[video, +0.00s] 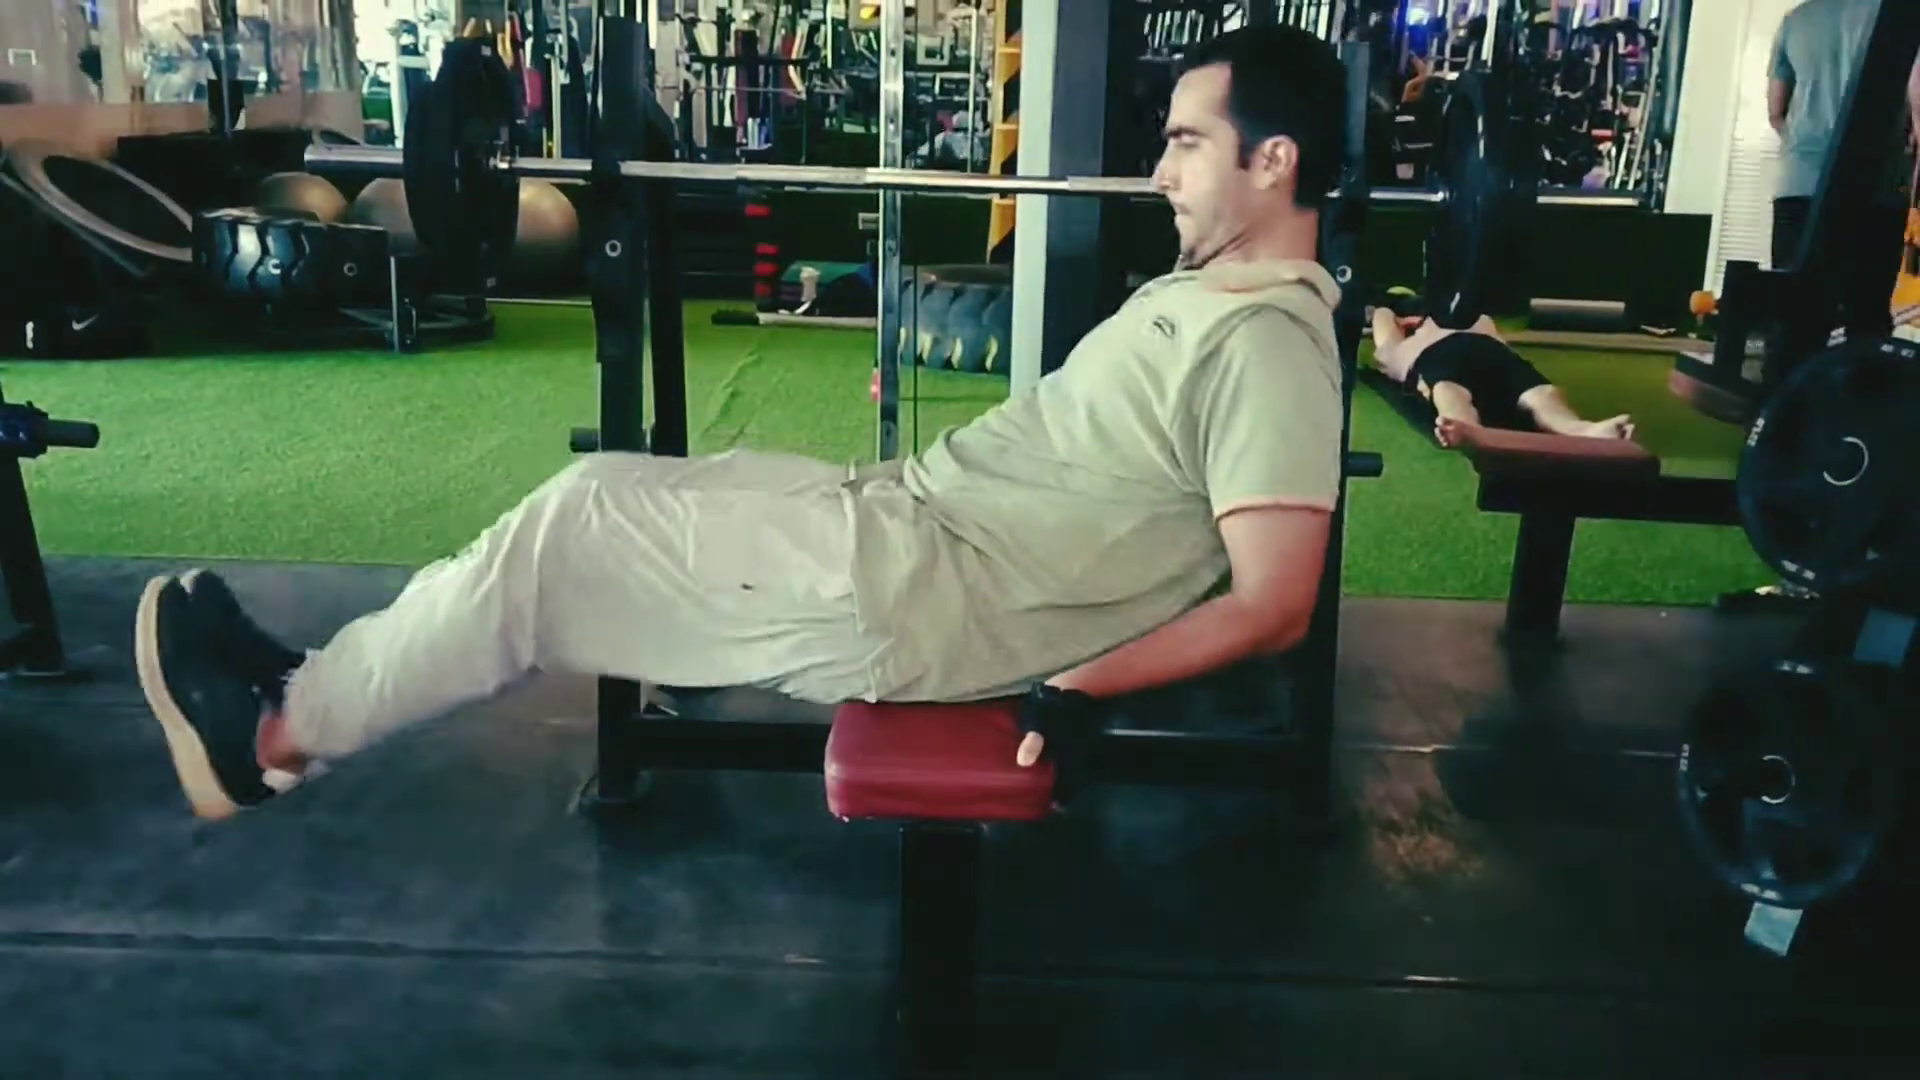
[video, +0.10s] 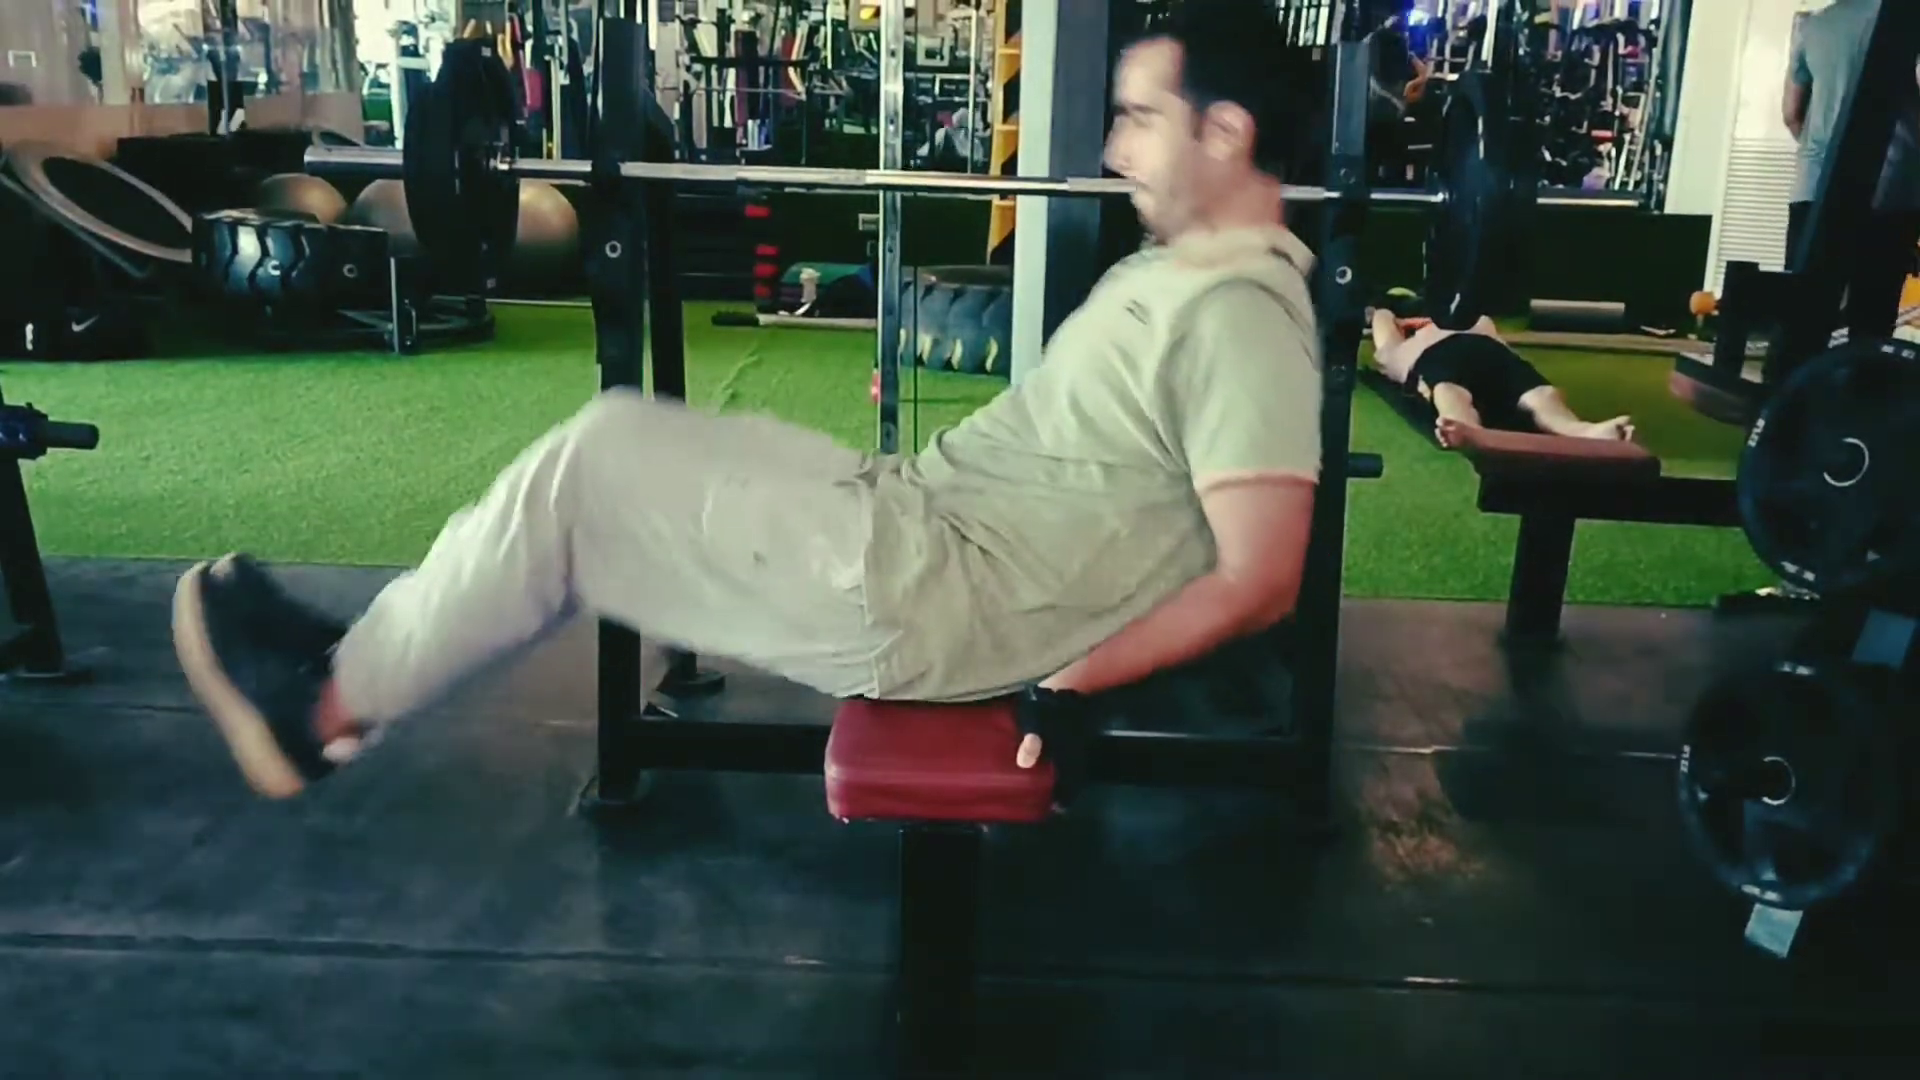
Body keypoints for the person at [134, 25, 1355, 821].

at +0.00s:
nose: (1164, 169)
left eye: (1190, 143)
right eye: (1170, 142)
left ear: (1280, 165)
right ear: (1261, 168)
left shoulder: (1269, 335)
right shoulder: (1212, 300)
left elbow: (1275, 602)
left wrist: (1068, 686)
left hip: (935, 590)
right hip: (908, 523)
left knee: (575, 535)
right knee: (589, 494)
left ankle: (272, 743)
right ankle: (303, 702)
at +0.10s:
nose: (1116, 146)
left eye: (1141, 118)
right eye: (1120, 120)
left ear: (1232, 137)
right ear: (1218, 142)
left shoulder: (1240, 301)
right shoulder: (1192, 274)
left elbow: (1260, 577)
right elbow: (1201, 532)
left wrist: (1072, 681)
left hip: (948, 593)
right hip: (920, 529)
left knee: (597, 461)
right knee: (605, 444)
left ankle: (321, 717)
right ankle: (345, 682)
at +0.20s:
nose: (1024, 123)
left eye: (1044, 91)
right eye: (1023, 94)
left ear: (1136, 96)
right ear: (1120, 97)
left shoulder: (1183, 268)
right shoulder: (1119, 244)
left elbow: (1234, 536)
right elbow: (1055, 442)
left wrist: (1054, 679)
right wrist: (911, 464)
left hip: (962, 605)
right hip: (934, 557)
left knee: (649, 372)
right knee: (666, 349)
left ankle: (410, 657)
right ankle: (434, 616)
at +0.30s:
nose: (932, 115)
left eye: (945, 82)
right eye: (928, 84)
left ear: (1036, 79)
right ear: (1033, 84)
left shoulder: (1096, 243)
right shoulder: (1050, 224)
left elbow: (1206, 511)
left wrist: (1042, 693)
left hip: (947, 612)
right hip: (927, 574)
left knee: (719, 292)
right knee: (724, 290)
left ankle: (496, 588)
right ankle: (503, 577)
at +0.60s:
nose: (1015, 133)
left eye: (1032, 101)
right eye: (1013, 103)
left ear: (1124, 104)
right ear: (1111, 104)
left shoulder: (1155, 274)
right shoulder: (1109, 251)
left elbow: (1241, 542)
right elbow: (1177, 506)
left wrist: (1050, 675)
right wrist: (1036, 636)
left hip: (937, 608)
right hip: (922, 558)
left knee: (627, 371)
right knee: (657, 340)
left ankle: (382, 653)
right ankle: (410, 617)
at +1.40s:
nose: (984, 143)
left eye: (1002, 109)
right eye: (983, 112)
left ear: (1094, 113)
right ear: (1088, 118)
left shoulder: (1135, 281)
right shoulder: (1081, 256)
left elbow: (1227, 550)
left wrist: (1047, 703)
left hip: (943, 634)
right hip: (924, 583)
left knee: (699, 320)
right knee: (707, 315)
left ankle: (444, 604)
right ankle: (457, 576)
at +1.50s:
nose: (1084, 165)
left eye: (1107, 137)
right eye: (1088, 137)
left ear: (1197, 150)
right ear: (1176, 152)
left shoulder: (1216, 324)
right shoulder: (1159, 294)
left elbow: (1255, 598)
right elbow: (1077, 488)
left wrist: (1058, 716)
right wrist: (909, 493)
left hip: (956, 639)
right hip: (937, 585)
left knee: (634, 410)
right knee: (651, 390)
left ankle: (350, 660)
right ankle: (371, 633)